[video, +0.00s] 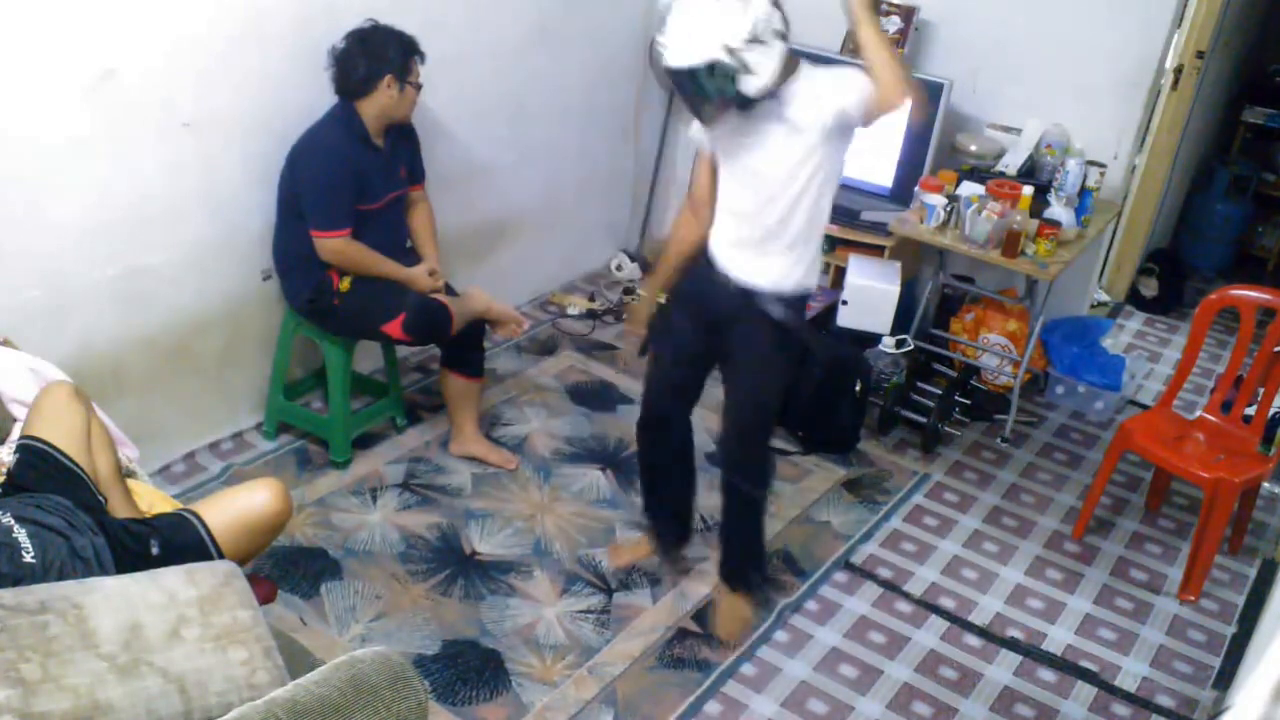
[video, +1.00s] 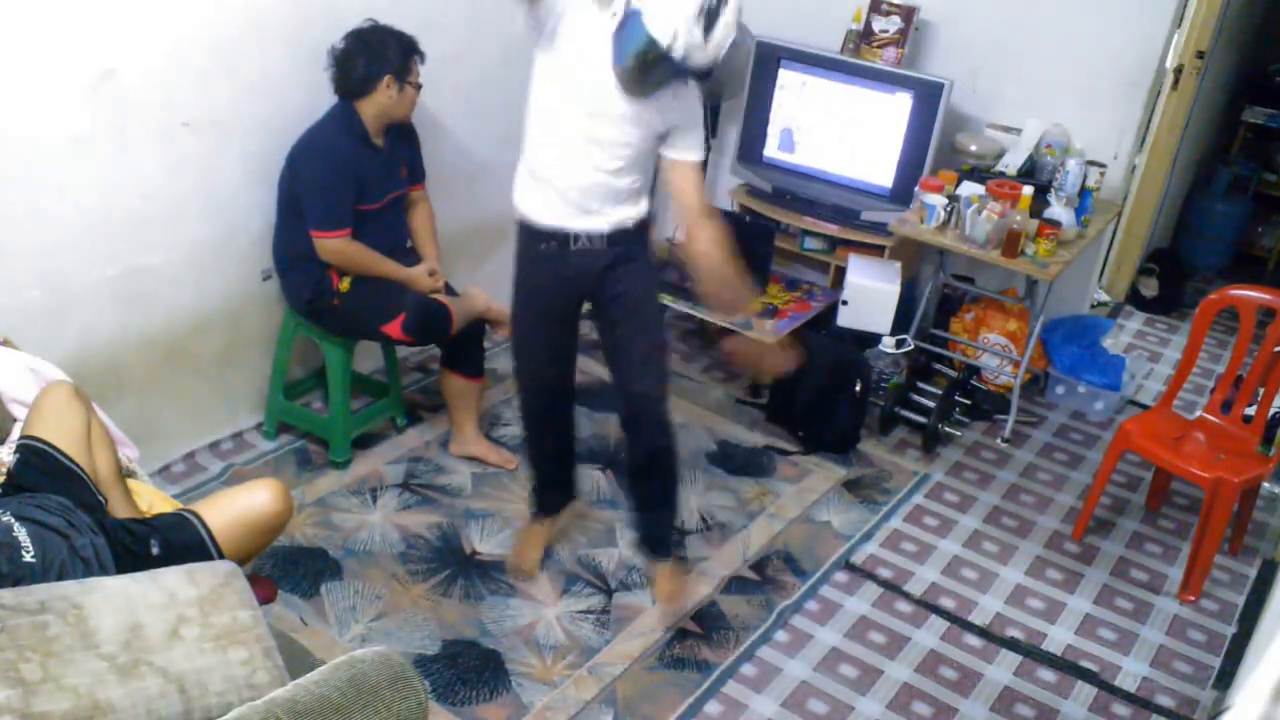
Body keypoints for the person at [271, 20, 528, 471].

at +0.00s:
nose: (419, 95)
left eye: (419, 86)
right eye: (416, 86)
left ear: (387, 86)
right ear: (388, 86)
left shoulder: (399, 132)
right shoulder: (326, 151)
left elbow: (417, 203)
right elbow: (332, 249)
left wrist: (429, 260)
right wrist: (407, 276)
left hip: (387, 266)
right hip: (326, 283)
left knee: (466, 322)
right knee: (425, 323)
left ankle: (465, 435)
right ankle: (477, 304)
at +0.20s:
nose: (419, 95)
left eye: (419, 86)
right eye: (416, 86)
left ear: (387, 86)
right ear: (387, 87)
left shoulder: (399, 131)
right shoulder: (325, 151)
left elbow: (417, 202)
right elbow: (332, 249)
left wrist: (429, 260)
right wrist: (407, 276)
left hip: (388, 266)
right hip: (327, 283)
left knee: (466, 322)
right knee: (426, 324)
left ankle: (466, 435)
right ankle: (477, 304)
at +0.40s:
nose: (419, 95)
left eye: (419, 86)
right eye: (416, 86)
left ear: (387, 87)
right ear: (387, 87)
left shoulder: (399, 131)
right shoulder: (326, 150)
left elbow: (417, 202)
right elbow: (332, 249)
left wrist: (429, 259)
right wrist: (407, 276)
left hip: (388, 265)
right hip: (327, 283)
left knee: (465, 321)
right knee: (425, 323)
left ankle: (466, 435)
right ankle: (477, 304)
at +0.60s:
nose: (419, 95)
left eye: (419, 86)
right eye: (416, 86)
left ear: (387, 87)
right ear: (388, 87)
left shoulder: (399, 130)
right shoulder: (325, 152)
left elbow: (417, 202)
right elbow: (333, 249)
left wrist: (429, 258)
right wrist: (407, 276)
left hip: (388, 265)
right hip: (327, 283)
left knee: (465, 321)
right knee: (422, 324)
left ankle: (466, 435)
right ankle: (477, 304)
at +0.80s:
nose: (419, 95)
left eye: (419, 86)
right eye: (416, 86)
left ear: (387, 87)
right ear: (387, 87)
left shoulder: (399, 130)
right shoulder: (325, 151)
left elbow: (417, 202)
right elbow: (332, 249)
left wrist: (429, 259)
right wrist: (407, 276)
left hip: (388, 265)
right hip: (327, 284)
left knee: (466, 321)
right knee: (426, 323)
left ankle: (466, 435)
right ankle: (478, 304)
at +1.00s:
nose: (419, 96)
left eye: (419, 87)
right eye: (416, 86)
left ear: (386, 86)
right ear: (388, 87)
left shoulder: (399, 130)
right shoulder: (326, 150)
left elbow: (417, 202)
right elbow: (332, 249)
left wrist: (429, 261)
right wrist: (407, 275)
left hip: (387, 266)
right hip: (326, 284)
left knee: (466, 323)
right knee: (426, 323)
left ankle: (466, 435)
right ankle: (476, 304)